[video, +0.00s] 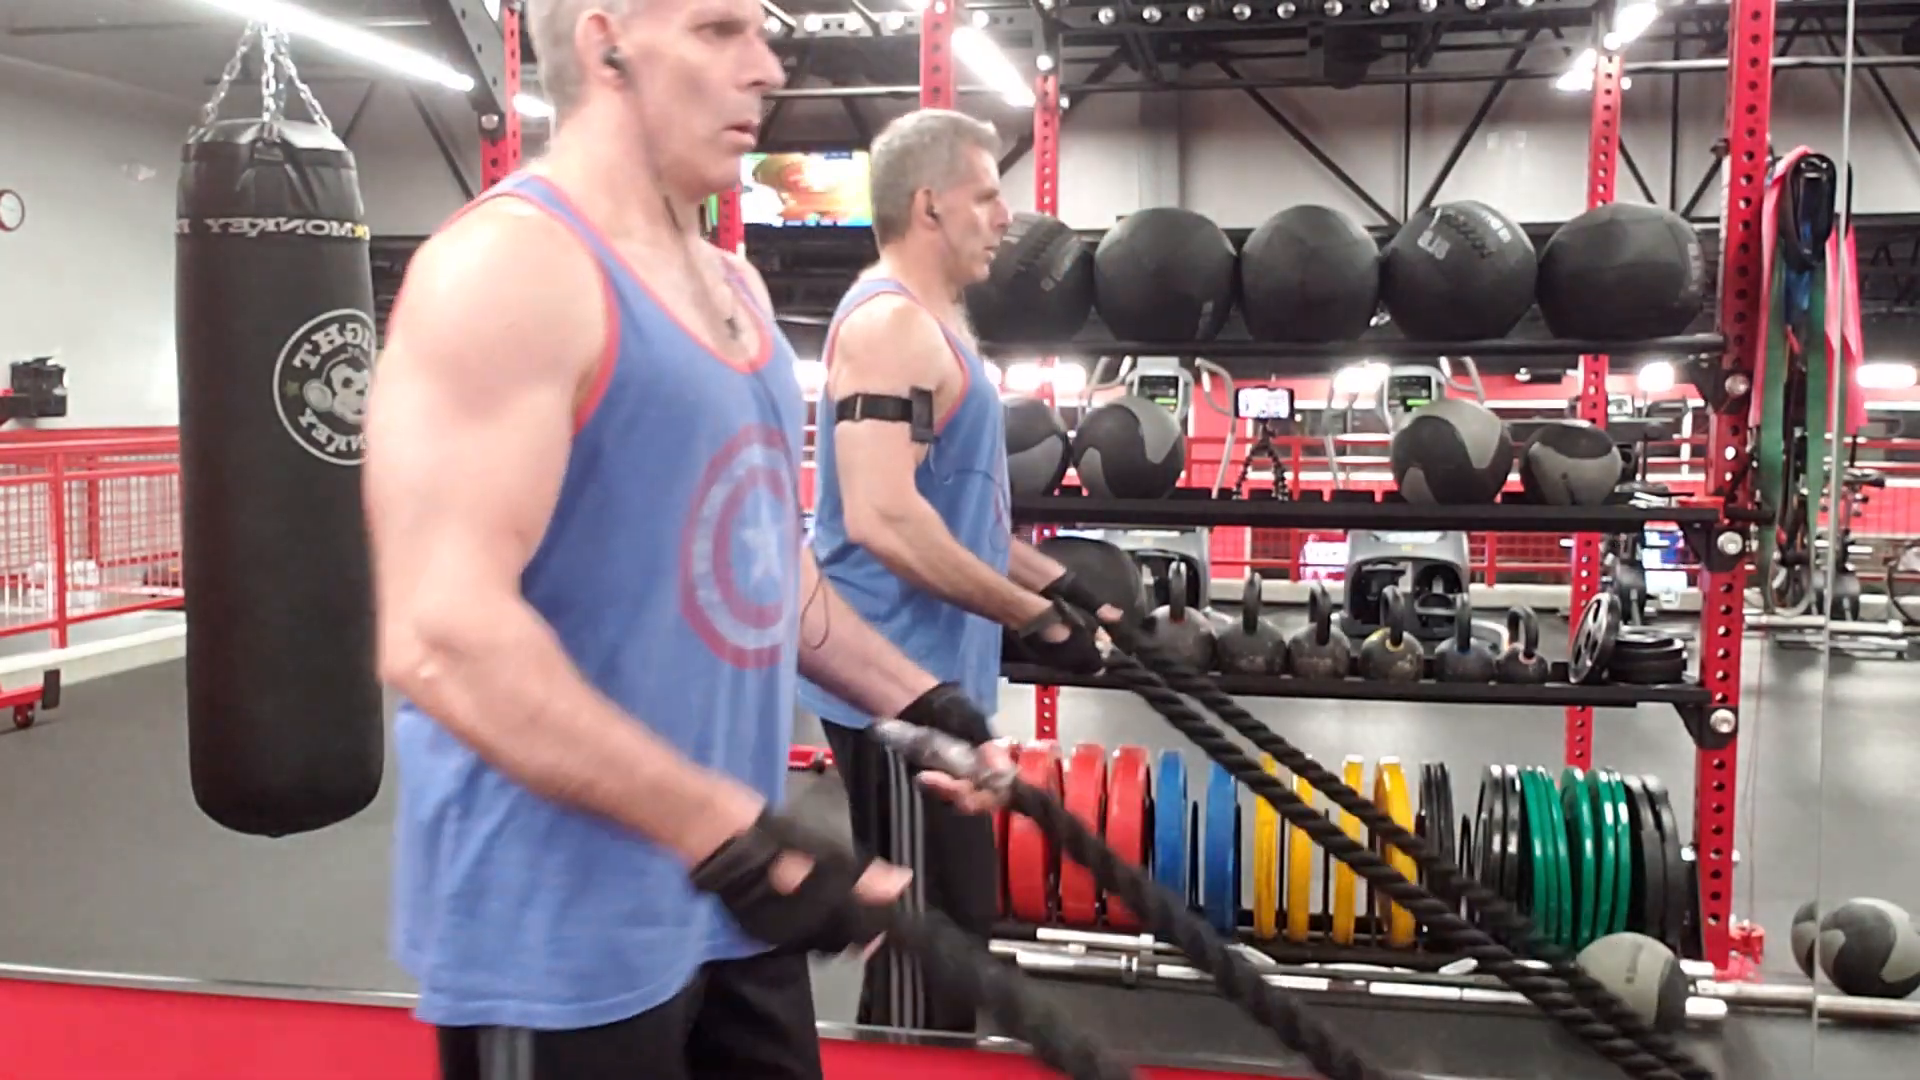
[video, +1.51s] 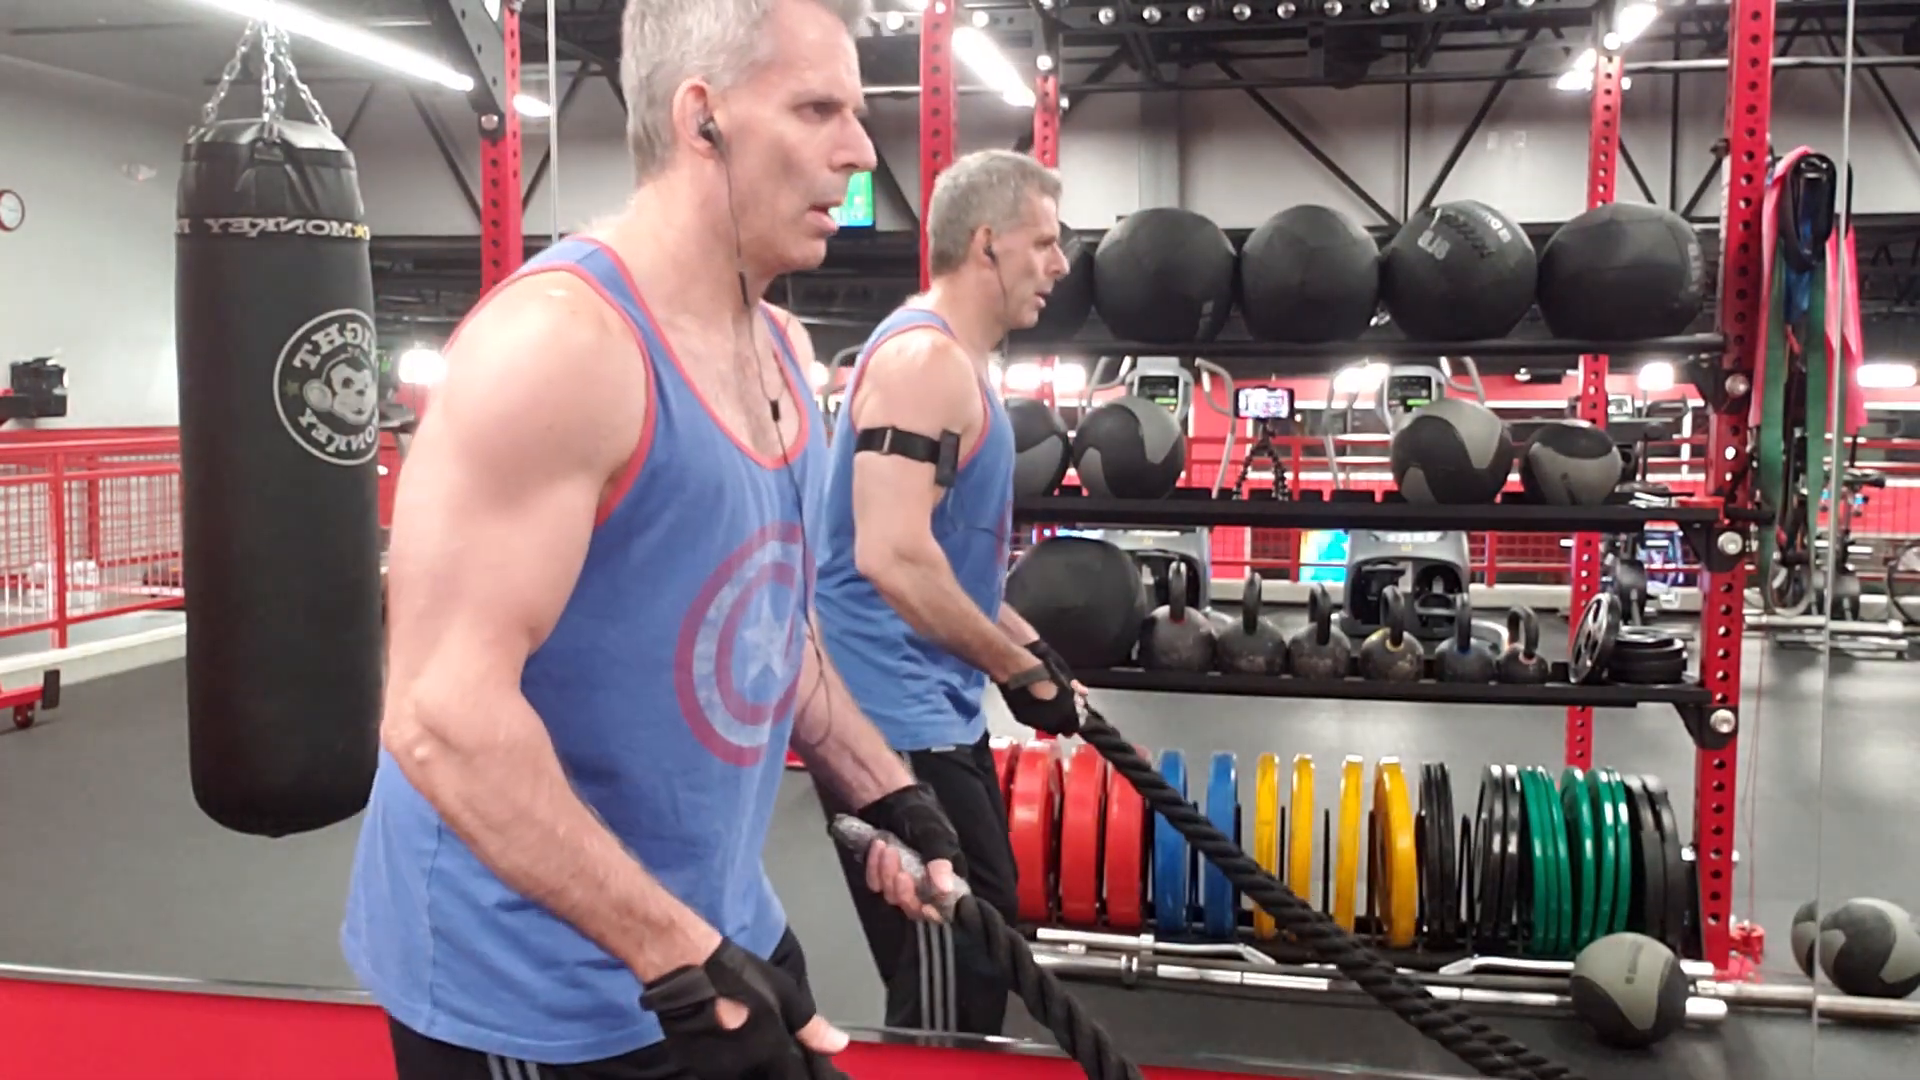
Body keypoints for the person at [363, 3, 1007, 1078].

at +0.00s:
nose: (769, 71)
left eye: (766, 38)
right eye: (723, 29)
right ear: (606, 40)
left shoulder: (734, 283)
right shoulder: (505, 266)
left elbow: (766, 567)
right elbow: (441, 633)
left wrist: (923, 706)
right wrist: (739, 841)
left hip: (736, 915)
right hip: (564, 951)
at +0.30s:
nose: (756, 133)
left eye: (763, 97)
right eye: (722, 85)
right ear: (601, 58)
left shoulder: (698, 283)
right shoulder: (458, 282)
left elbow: (721, 573)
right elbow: (397, 659)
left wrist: (873, 717)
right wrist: (692, 873)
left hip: (702, 937)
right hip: (503, 981)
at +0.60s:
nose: (825, 182)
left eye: (836, 146)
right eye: (799, 134)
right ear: (686, 98)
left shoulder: (757, 318)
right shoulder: (521, 302)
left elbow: (763, 593)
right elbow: (432, 658)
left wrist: (899, 748)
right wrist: (675, 895)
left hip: (734, 946)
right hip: (553, 981)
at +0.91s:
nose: (873, 167)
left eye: (877, 130)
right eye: (841, 121)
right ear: (727, 107)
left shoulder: (799, 339)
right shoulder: (557, 307)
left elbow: (788, 603)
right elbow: (454, 650)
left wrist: (913, 786)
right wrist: (681, 887)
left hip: (747, 921)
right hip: (569, 950)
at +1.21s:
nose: (863, 147)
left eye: (860, 111)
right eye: (826, 105)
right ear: (708, 106)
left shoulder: (778, 342)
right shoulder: (545, 323)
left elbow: (765, 615)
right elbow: (445, 687)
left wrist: (886, 799)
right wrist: (694, 932)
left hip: (737, 924)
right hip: (542, 982)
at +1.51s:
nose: (860, 152)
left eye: (855, 115)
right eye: (822, 111)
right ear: (703, 116)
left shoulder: (781, 348)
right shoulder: (550, 345)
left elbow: (763, 621)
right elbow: (441, 712)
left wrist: (885, 797)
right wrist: (685, 961)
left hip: (731, 928)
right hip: (536, 995)